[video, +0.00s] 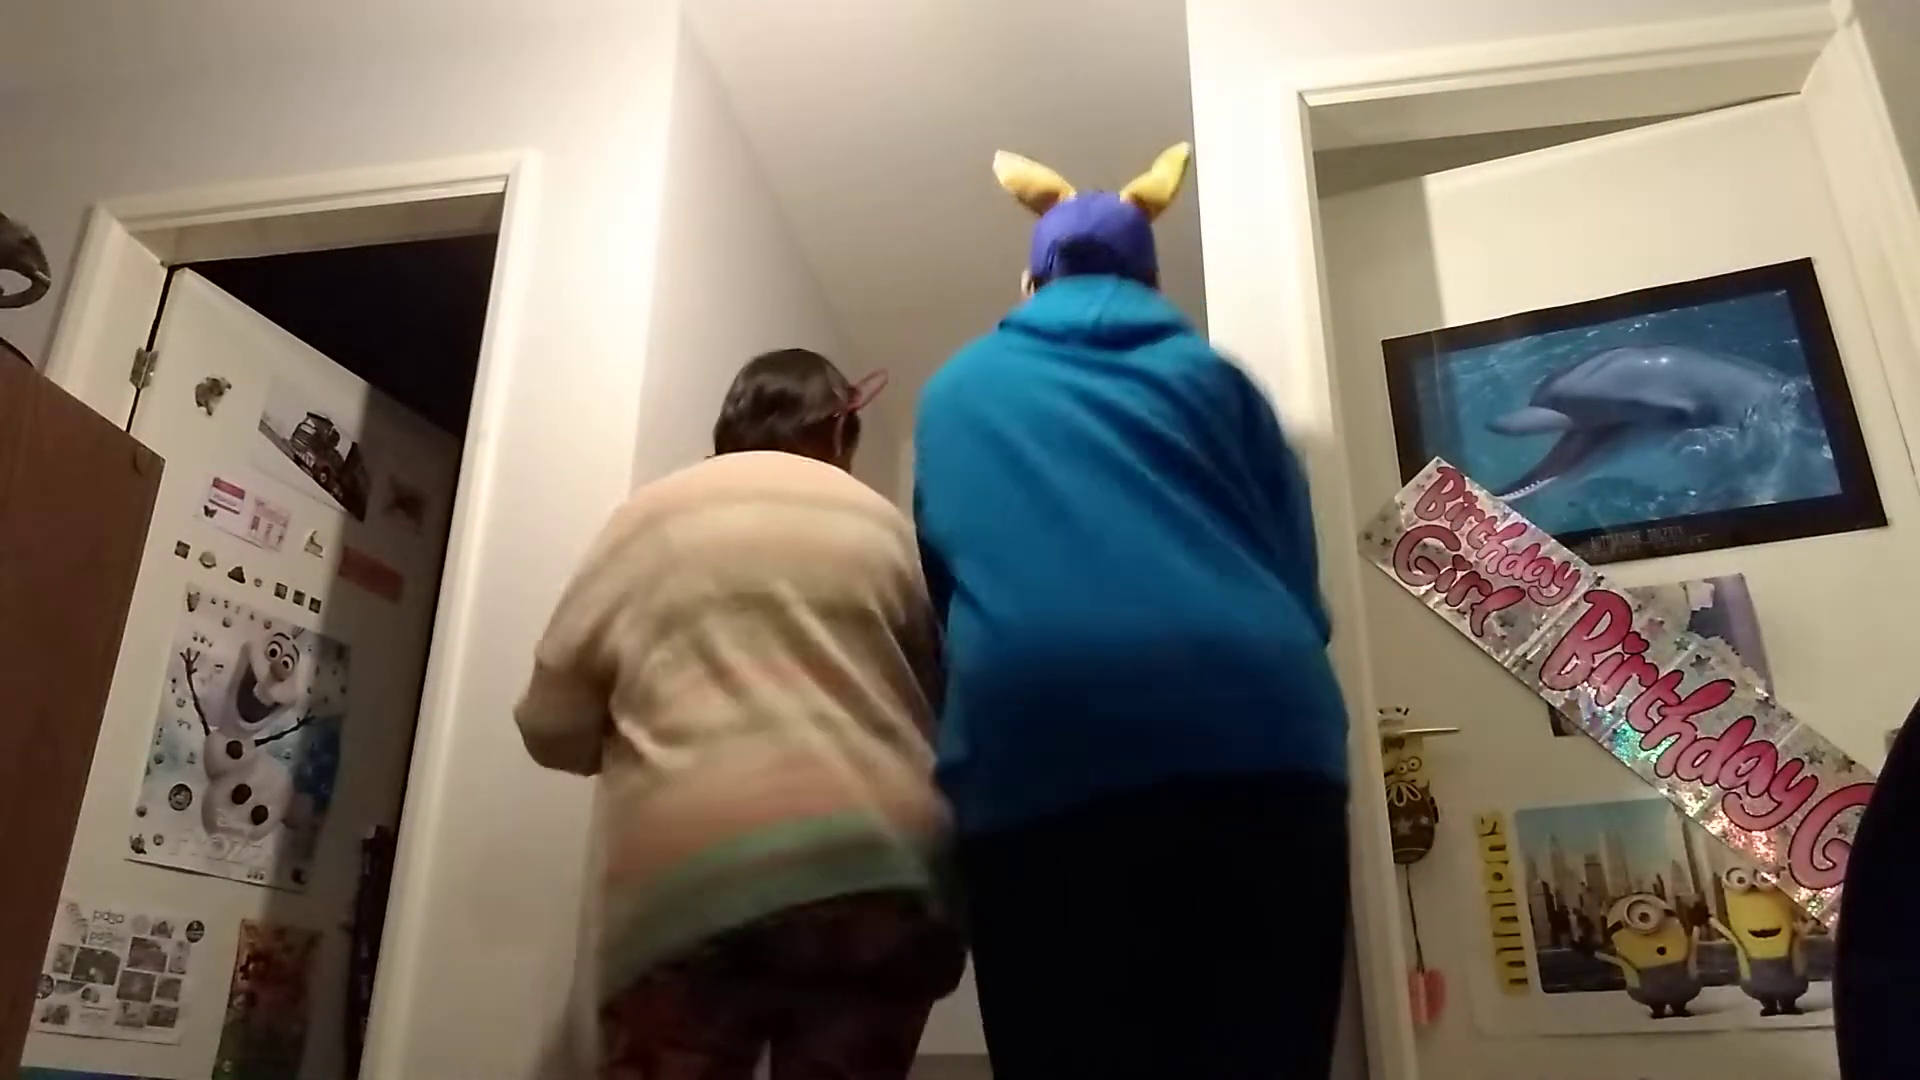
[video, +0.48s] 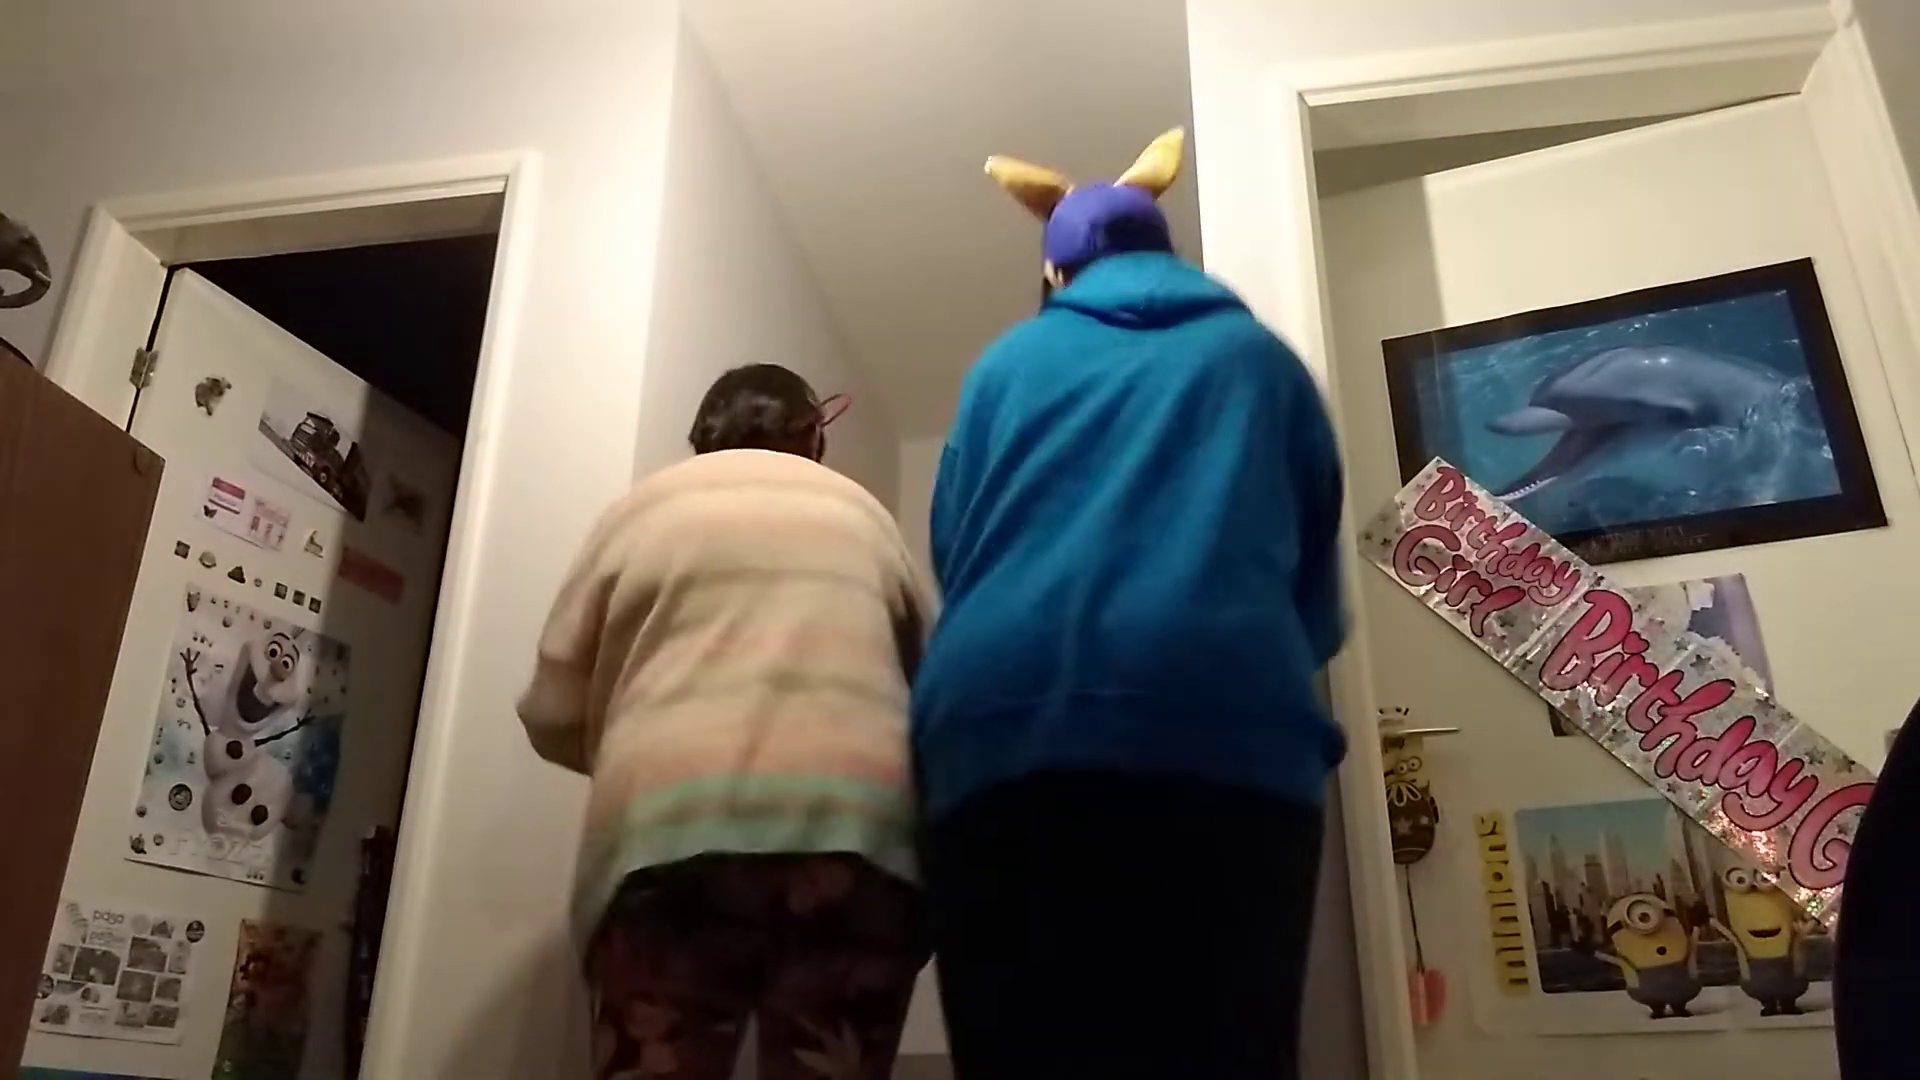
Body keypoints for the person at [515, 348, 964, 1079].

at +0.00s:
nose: (852, 450)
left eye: (850, 435)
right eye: (851, 433)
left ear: (723, 434)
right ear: (838, 431)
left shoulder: (644, 517)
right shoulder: (883, 520)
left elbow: (549, 720)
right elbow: (930, 686)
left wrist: (654, 742)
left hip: (684, 887)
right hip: (879, 866)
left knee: (670, 1065)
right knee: (849, 1065)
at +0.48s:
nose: (822, 445)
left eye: (818, 435)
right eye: (821, 435)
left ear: (698, 440)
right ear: (811, 439)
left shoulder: (637, 505)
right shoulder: (867, 512)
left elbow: (551, 712)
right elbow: (925, 662)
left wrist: (651, 760)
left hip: (664, 837)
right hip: (858, 839)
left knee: (655, 1063)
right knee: (833, 1064)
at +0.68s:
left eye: (680, 439)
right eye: (811, 454)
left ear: (686, 442)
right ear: (803, 456)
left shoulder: (630, 505)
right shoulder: (858, 531)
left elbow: (534, 682)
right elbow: (928, 720)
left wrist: (632, 737)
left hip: (662, 825)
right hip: (859, 836)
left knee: (649, 1063)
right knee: (818, 1062)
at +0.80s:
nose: (668, 475)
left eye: (671, 467)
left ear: (678, 471)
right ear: (791, 485)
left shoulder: (618, 526)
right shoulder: (844, 560)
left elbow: (520, 689)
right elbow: (912, 758)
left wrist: (608, 756)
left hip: (656, 872)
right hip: (853, 883)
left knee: (640, 1063)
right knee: (813, 1065)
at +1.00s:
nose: (633, 432)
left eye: (639, 423)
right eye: (639, 426)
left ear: (652, 420)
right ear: (750, 439)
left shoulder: (590, 485)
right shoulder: (790, 526)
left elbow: (483, 631)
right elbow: (831, 686)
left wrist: (556, 690)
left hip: (610, 843)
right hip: (793, 842)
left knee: (602, 1057)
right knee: (766, 1059)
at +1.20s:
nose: (557, 358)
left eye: (566, 347)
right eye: (563, 348)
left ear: (591, 341)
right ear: (672, 365)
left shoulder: (552, 399)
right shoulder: (722, 459)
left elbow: (429, 549)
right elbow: (764, 619)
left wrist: (488, 594)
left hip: (578, 754)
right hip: (751, 775)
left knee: (515, 1032)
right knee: (660, 1046)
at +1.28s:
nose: (513, 401)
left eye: (522, 387)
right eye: (521, 387)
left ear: (544, 383)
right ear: (636, 407)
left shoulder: (510, 447)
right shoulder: (690, 507)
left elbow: (394, 610)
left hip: (549, 811)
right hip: (717, 824)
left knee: (469, 1054)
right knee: (621, 1062)